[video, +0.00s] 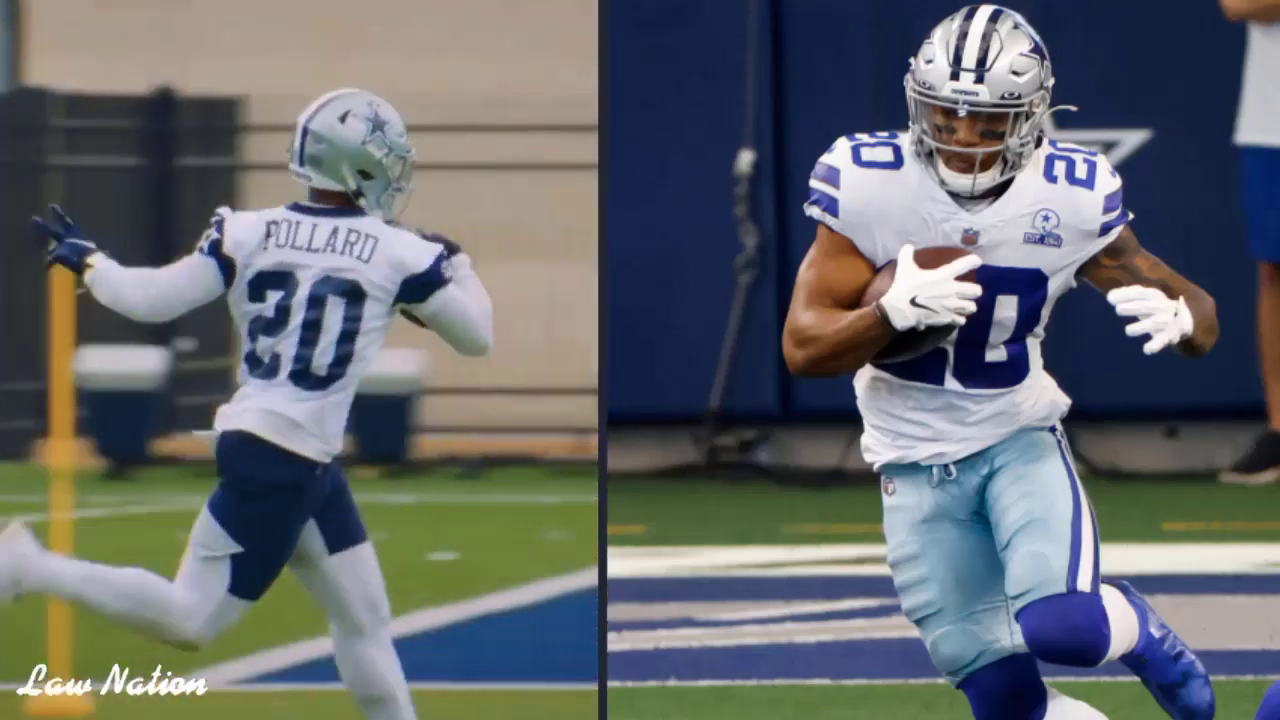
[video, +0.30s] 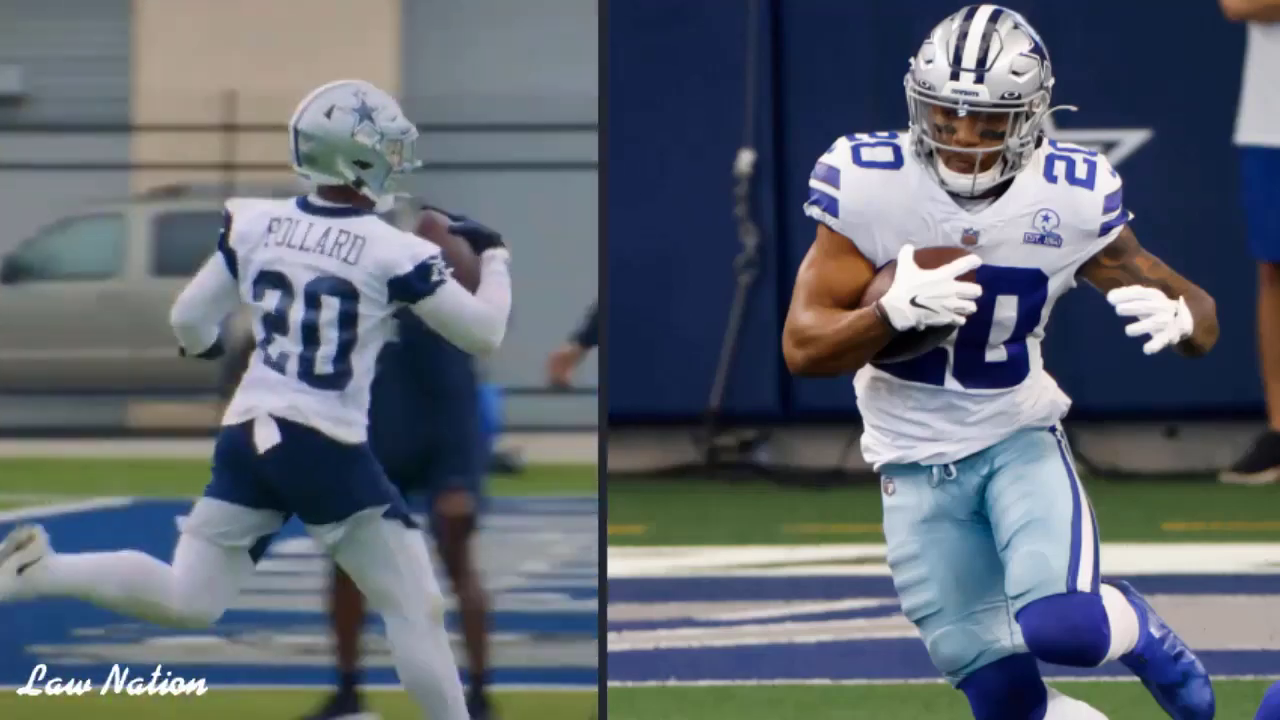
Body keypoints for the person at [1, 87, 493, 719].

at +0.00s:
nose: (399, 171)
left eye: (396, 159)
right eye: (392, 161)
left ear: (308, 159)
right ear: (374, 169)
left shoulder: (246, 231)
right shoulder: (395, 252)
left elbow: (152, 299)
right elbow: (477, 336)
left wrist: (87, 261)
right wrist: (455, 262)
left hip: (263, 441)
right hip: (285, 453)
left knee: (363, 622)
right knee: (192, 619)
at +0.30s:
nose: (400, 162)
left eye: (396, 149)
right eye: (393, 151)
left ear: (306, 153)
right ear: (372, 160)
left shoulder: (255, 224)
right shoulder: (392, 250)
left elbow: (191, 317)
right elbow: (485, 331)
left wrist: (206, 344)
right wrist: (495, 256)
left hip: (246, 440)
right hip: (330, 452)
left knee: (192, 600)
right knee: (414, 608)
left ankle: (36, 570)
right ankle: (457, 717)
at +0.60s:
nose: (435, 145)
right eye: (431, 136)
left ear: (354, 135)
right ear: (425, 143)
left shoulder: (311, 219)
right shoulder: (458, 228)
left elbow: (258, 304)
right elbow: (497, 349)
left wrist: (254, 358)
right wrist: (473, 322)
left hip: (350, 430)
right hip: (372, 437)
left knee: (428, 597)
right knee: (291, 595)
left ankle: (450, 716)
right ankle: (117, 575)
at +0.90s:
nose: (467, 159)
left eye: (466, 145)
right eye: (454, 146)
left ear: (393, 160)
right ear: (417, 155)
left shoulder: (354, 223)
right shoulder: (437, 231)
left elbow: (318, 315)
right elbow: (419, 325)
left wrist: (411, 328)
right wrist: (504, 356)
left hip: (355, 435)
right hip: (423, 437)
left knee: (316, 594)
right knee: (513, 579)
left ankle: (147, 618)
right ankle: (511, 716)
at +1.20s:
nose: (404, 152)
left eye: (401, 138)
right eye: (390, 141)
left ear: (326, 160)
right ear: (350, 156)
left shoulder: (283, 229)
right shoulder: (379, 228)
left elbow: (227, 315)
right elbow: (401, 318)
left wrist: (306, 352)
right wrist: (495, 335)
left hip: (341, 445)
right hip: (357, 450)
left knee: (454, 596)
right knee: (330, 621)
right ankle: (156, 676)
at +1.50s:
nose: (334, 148)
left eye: (333, 129)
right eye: (312, 134)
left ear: (344, 130)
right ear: (266, 149)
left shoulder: (322, 237)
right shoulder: (259, 247)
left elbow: (317, 356)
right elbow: (208, 372)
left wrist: (389, 329)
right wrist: (259, 435)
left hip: (297, 491)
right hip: (355, 476)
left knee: (339, 697)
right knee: (473, 631)